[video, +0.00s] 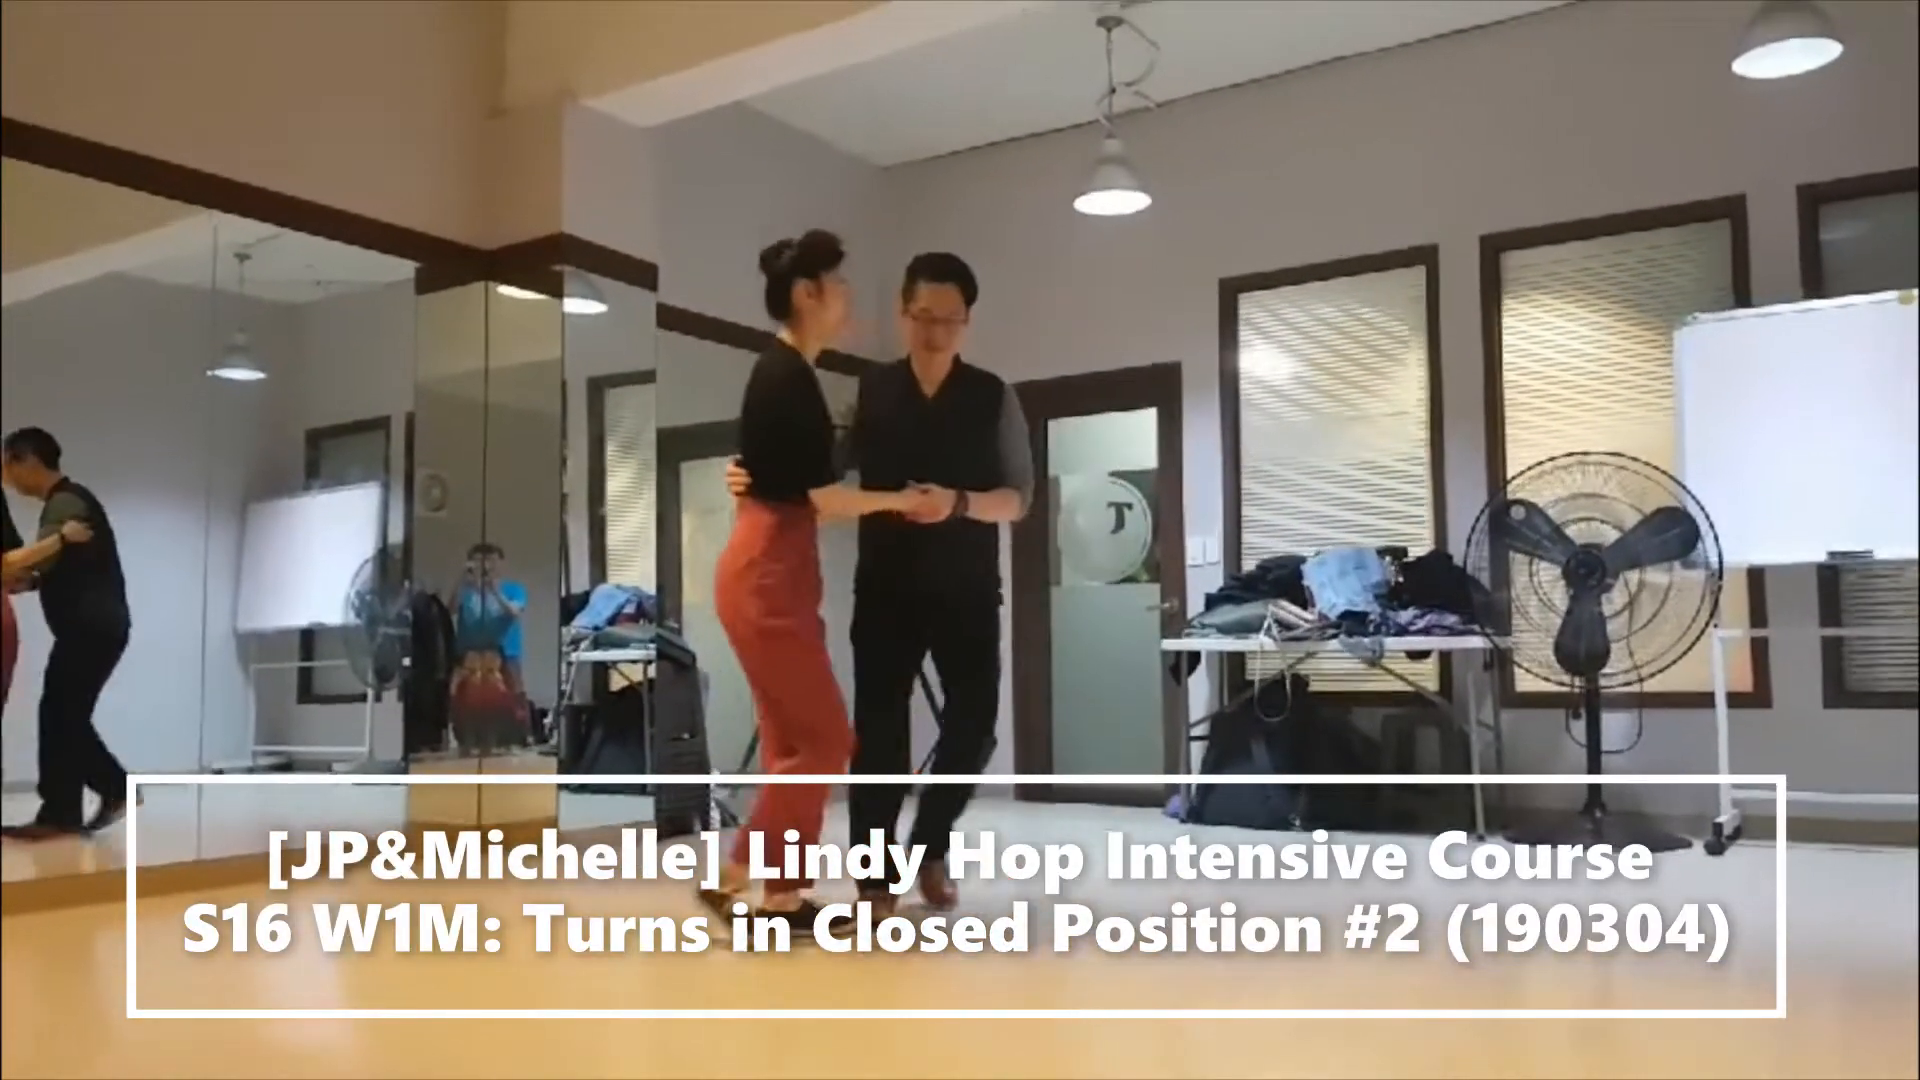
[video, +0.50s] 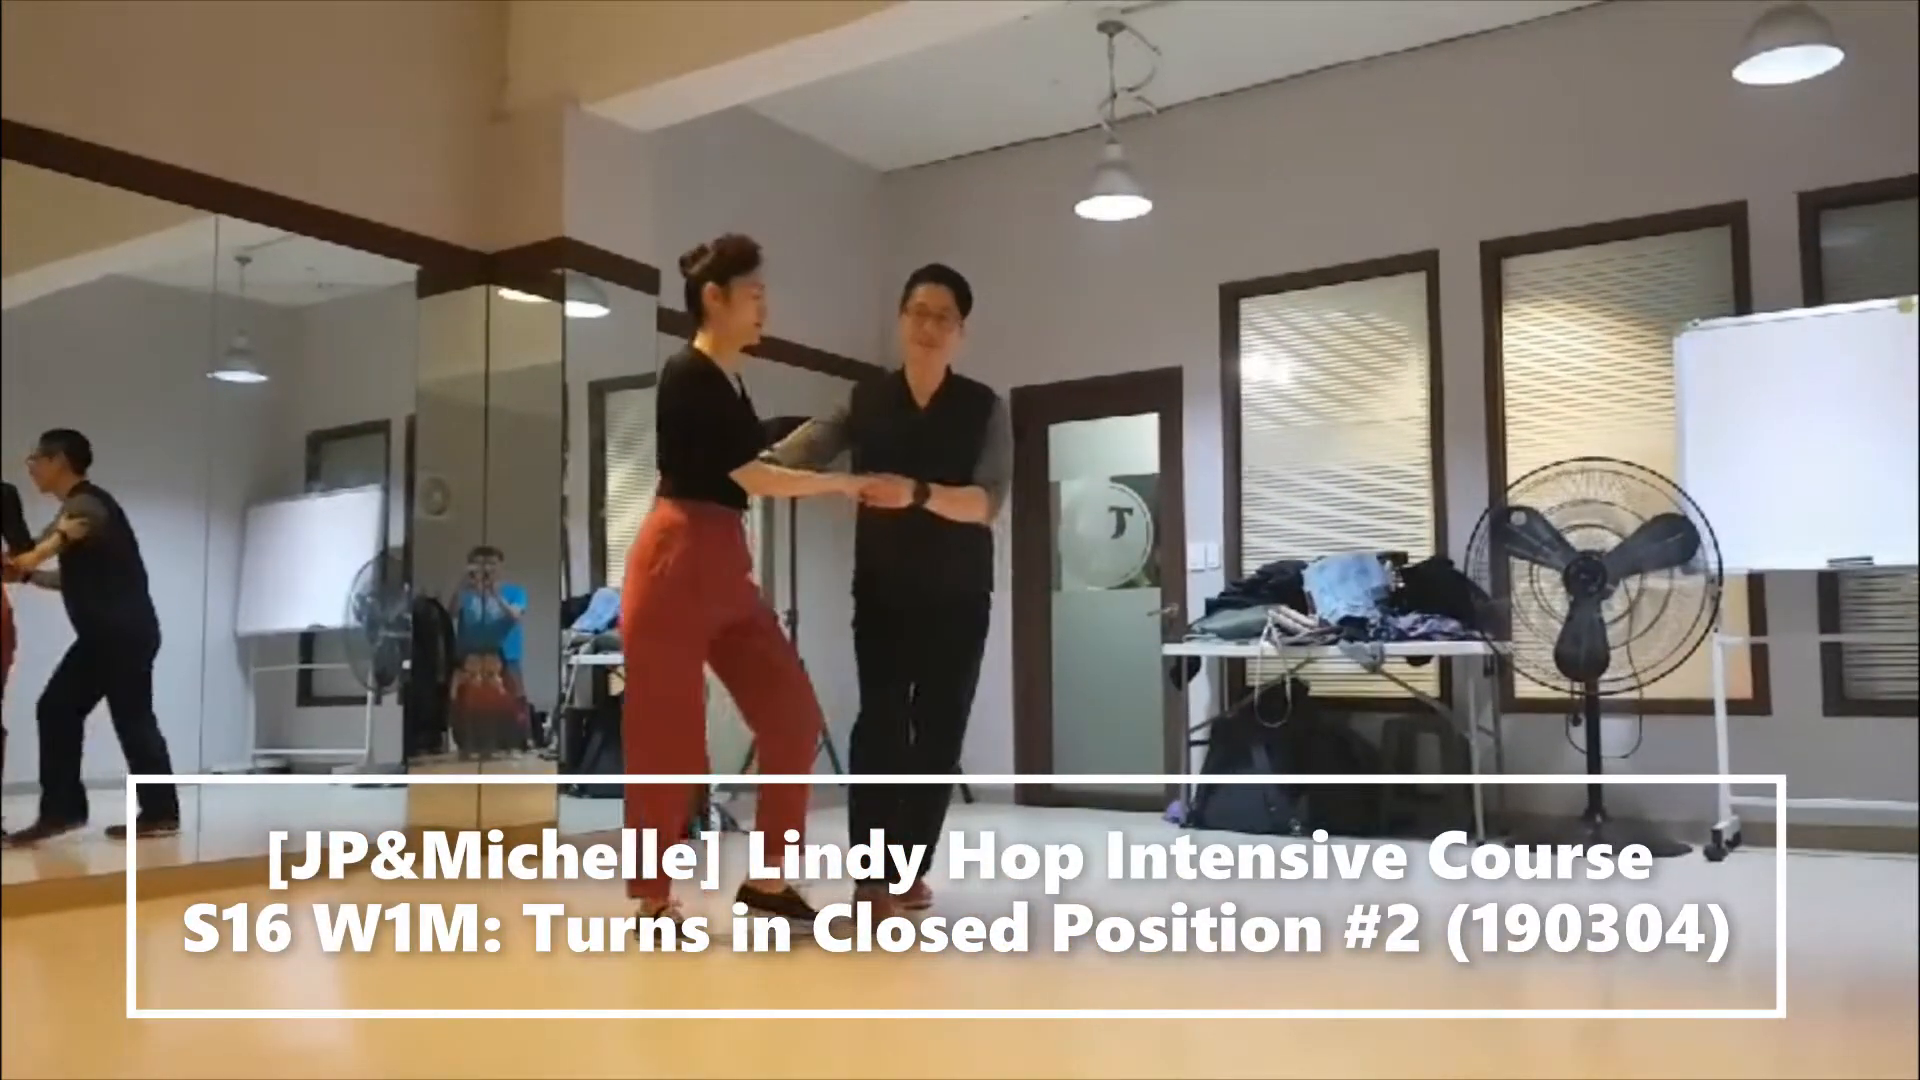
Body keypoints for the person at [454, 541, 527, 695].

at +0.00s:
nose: (485, 566)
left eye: (490, 560)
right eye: (479, 560)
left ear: (500, 563)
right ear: (471, 564)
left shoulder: (513, 589)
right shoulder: (466, 590)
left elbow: (514, 612)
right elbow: (451, 609)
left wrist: (495, 590)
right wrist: (462, 578)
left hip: (505, 657)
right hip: (471, 657)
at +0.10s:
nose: (486, 568)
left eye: (491, 562)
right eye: (480, 562)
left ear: (500, 565)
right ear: (472, 566)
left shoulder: (514, 591)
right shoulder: (467, 592)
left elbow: (515, 613)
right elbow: (452, 610)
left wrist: (495, 591)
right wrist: (463, 580)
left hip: (505, 658)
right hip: (472, 658)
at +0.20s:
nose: (487, 568)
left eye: (492, 563)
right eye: (481, 563)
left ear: (500, 566)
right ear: (473, 566)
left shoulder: (514, 591)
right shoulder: (467, 593)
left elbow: (516, 614)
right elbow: (452, 611)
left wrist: (496, 593)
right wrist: (464, 581)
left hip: (506, 659)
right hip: (472, 659)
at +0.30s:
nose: (487, 569)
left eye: (492, 563)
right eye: (481, 563)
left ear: (500, 567)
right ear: (473, 567)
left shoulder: (514, 592)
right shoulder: (467, 593)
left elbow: (516, 616)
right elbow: (453, 613)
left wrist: (496, 594)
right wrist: (464, 584)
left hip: (506, 660)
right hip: (472, 660)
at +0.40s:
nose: (487, 569)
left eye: (492, 564)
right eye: (482, 564)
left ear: (501, 567)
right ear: (474, 567)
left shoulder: (514, 592)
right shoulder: (467, 593)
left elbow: (516, 616)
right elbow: (453, 613)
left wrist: (496, 594)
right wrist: (464, 584)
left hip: (506, 660)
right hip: (472, 659)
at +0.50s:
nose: (486, 569)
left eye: (491, 563)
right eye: (480, 564)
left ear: (500, 567)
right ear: (472, 567)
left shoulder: (514, 593)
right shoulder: (466, 594)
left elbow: (516, 616)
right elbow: (452, 612)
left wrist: (496, 594)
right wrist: (463, 584)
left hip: (505, 660)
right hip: (472, 660)